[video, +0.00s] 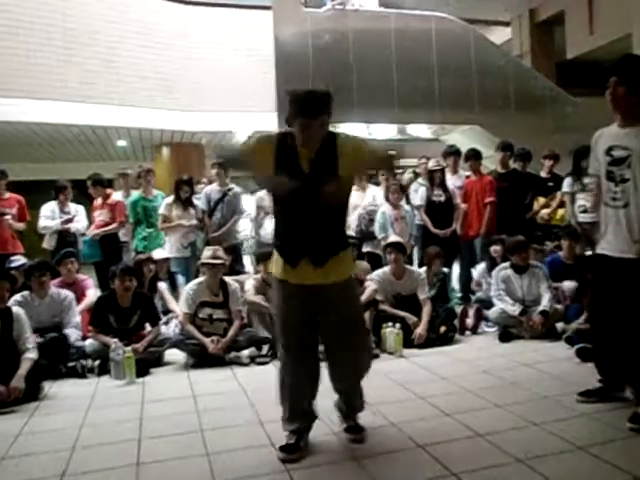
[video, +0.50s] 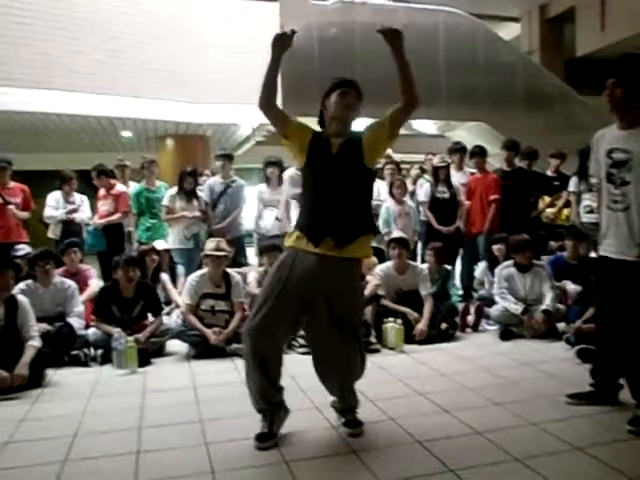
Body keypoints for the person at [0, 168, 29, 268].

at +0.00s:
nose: (1, 184)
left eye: (2, 180)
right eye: (0, 180)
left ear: (6, 181)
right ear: (1, 181)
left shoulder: (18, 200)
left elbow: (24, 224)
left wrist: (12, 223)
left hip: (13, 248)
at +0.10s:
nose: (4, 184)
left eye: (7, 180)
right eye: (2, 180)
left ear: (12, 181)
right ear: (0, 182)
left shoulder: (23, 200)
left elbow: (30, 224)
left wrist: (18, 223)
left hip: (19, 248)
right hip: (3, 248)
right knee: (2, 285)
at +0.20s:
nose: (3, 182)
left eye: (6, 178)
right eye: (2, 178)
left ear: (11, 180)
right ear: (0, 180)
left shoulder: (24, 196)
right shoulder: (2, 197)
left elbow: (33, 220)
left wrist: (21, 223)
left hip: (20, 248)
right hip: (3, 247)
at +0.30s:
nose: (6, 176)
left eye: (10, 172)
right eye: (4, 172)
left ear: (17, 174)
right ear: (0, 174)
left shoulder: (28, 192)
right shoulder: (2, 191)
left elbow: (35, 216)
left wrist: (23, 215)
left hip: (23, 241)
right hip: (4, 241)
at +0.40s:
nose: (4, 173)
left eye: (7, 170)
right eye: (2, 169)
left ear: (13, 171)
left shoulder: (24, 189)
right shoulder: (1, 189)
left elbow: (31, 213)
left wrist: (19, 213)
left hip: (19, 238)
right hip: (3, 238)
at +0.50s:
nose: (2, 173)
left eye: (5, 169)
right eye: (1, 169)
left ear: (10, 171)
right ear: (0, 171)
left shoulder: (22, 189)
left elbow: (29, 213)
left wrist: (16, 212)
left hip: (18, 238)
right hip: (3, 238)